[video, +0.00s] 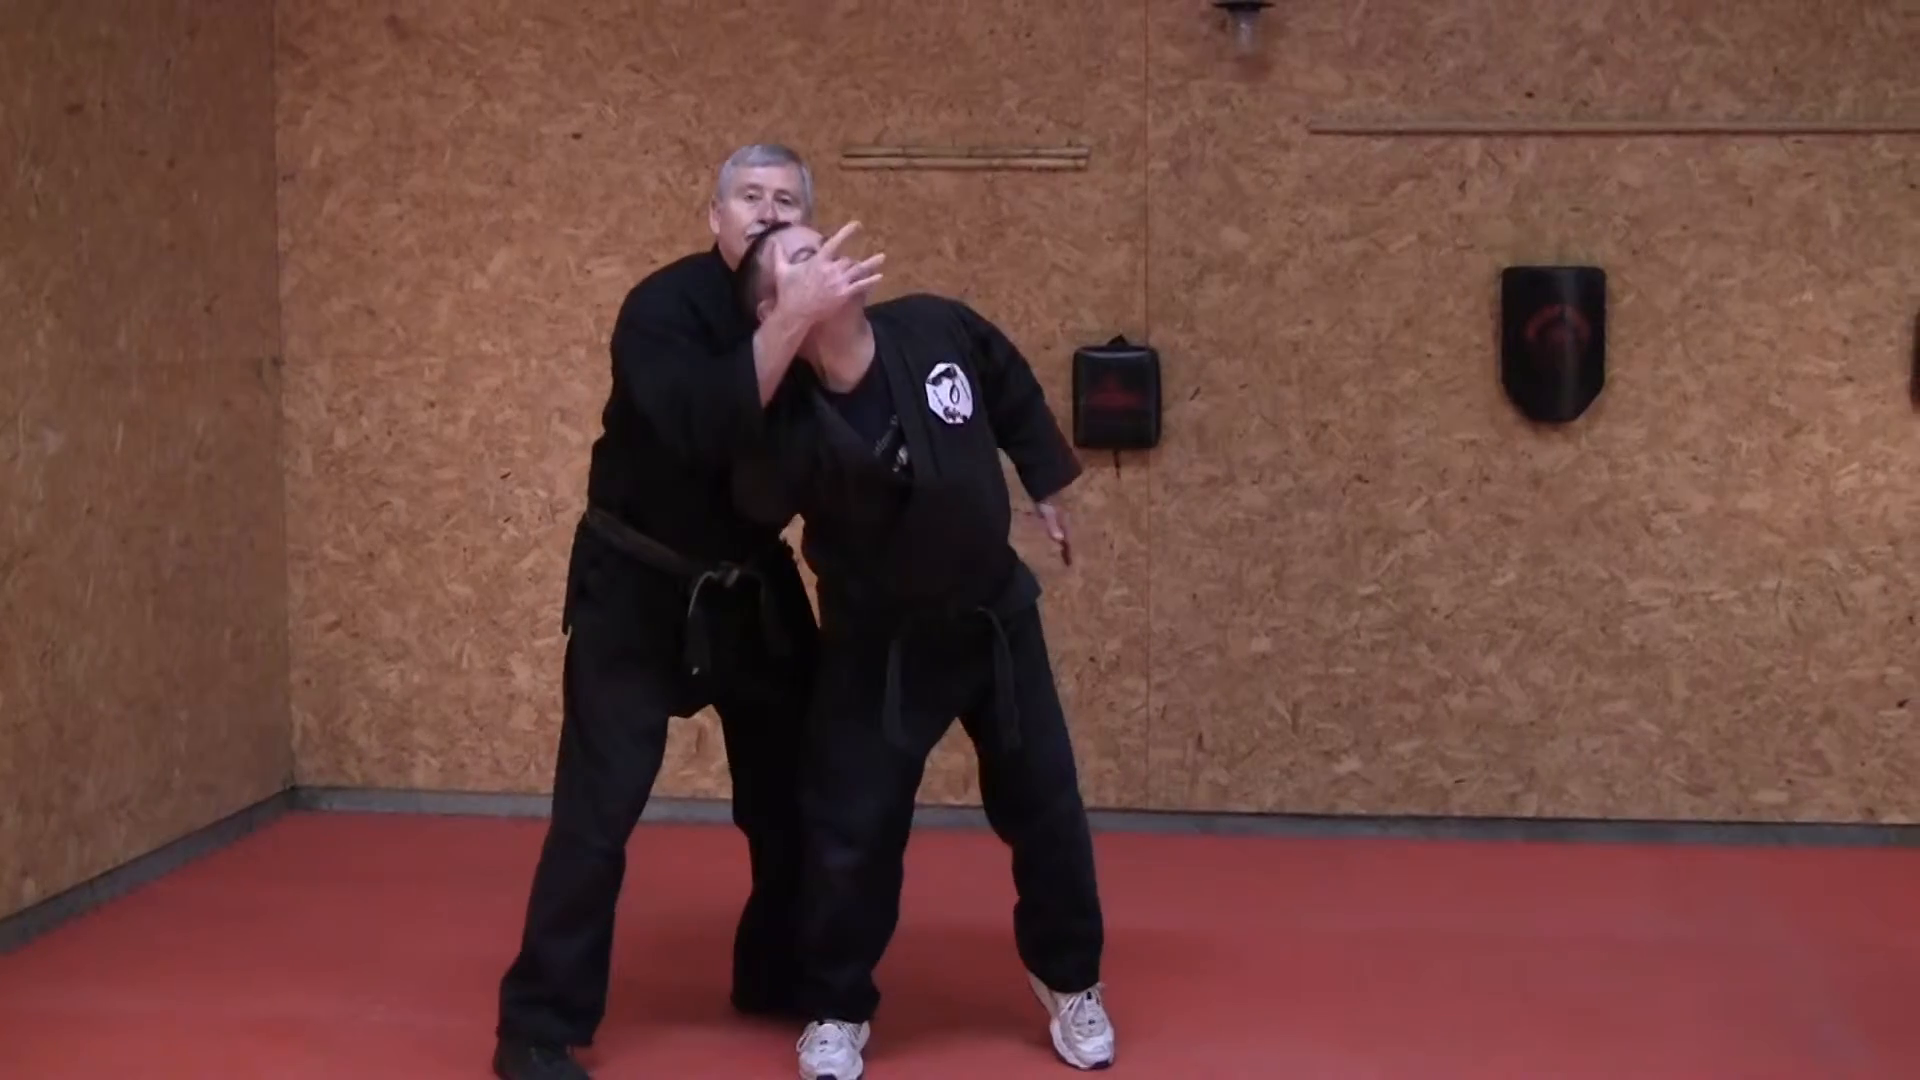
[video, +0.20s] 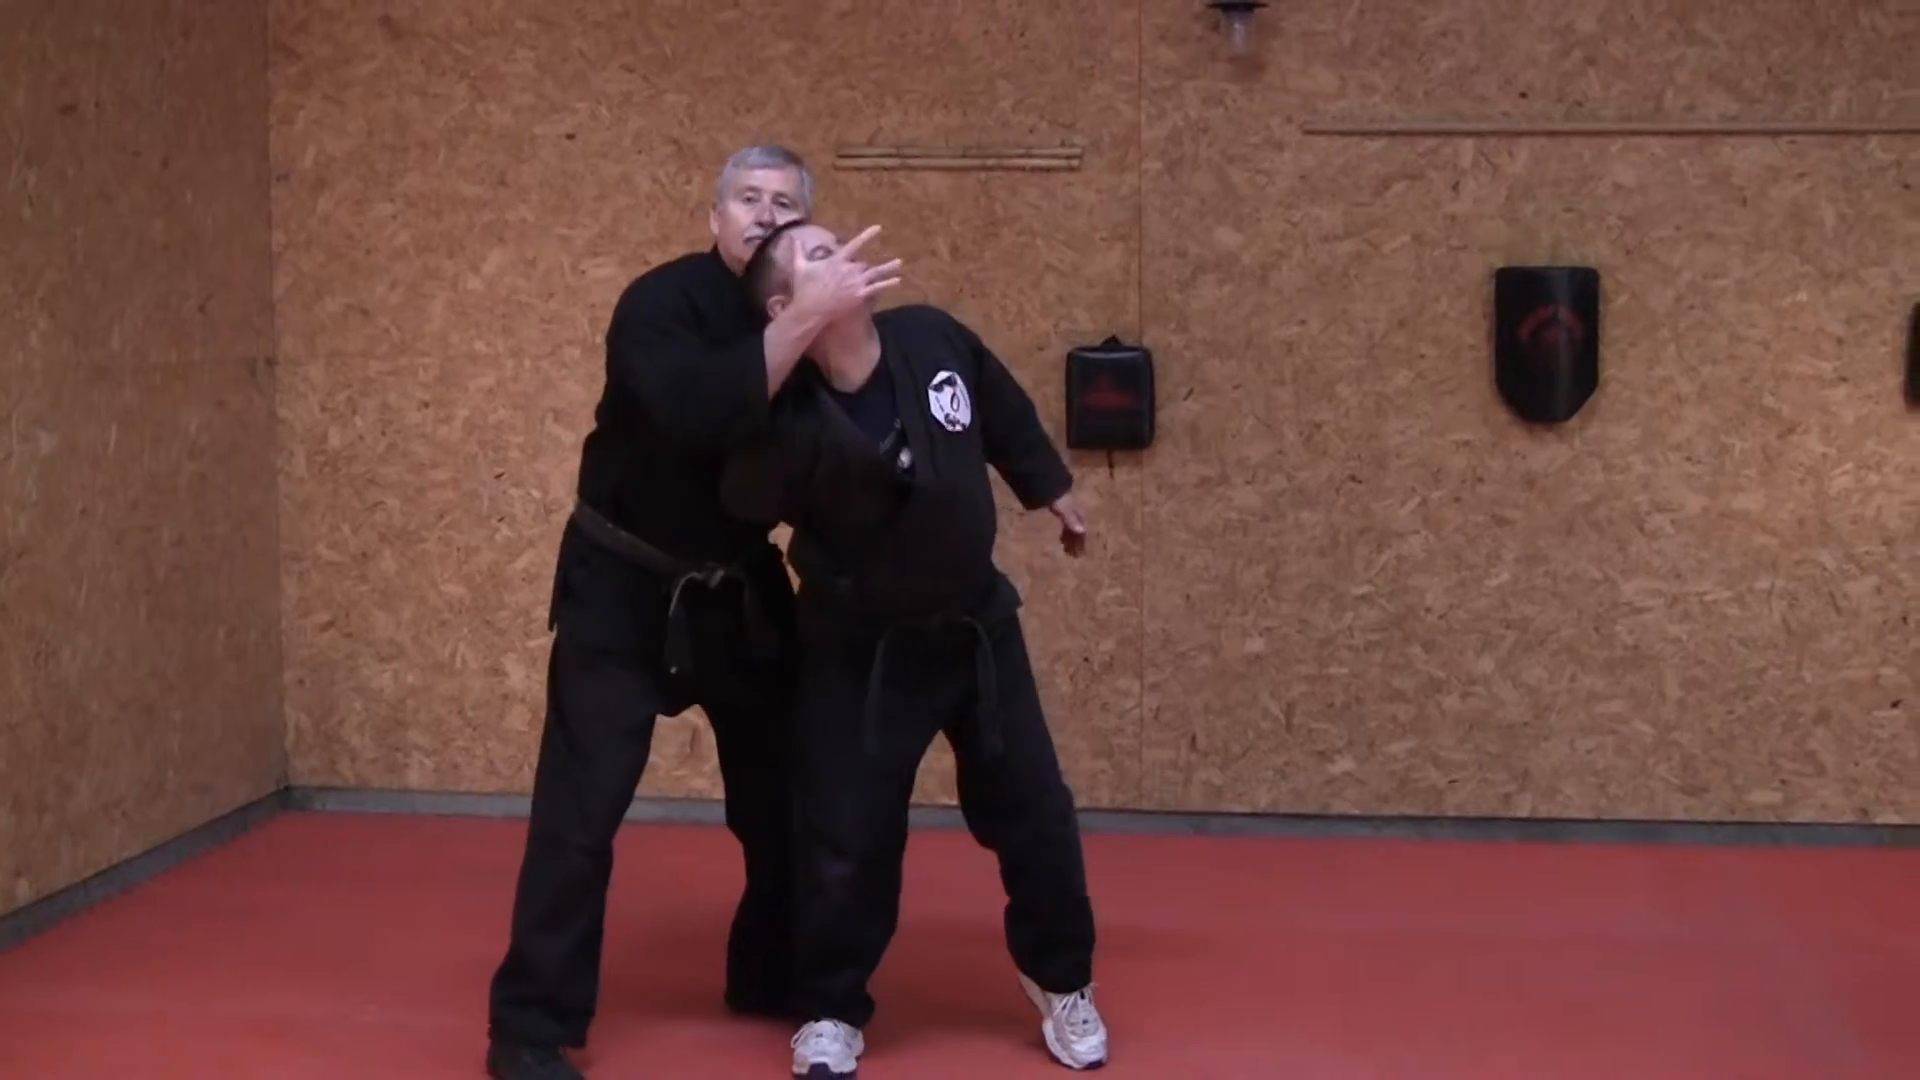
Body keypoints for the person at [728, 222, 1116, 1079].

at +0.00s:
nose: (824, 260)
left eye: (820, 247)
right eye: (795, 261)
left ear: (847, 265)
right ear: (778, 317)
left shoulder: (939, 331)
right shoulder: (789, 425)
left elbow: (1012, 391)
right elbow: (757, 511)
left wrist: (1045, 485)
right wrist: (781, 340)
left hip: (992, 616)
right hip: (876, 636)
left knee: (1045, 804)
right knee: (853, 826)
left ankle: (1070, 981)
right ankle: (838, 1011)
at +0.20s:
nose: (844, 252)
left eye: (834, 242)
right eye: (815, 255)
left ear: (862, 270)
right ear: (787, 313)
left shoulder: (933, 339)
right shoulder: (790, 417)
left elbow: (1005, 412)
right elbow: (746, 508)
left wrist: (1053, 491)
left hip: (974, 624)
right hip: (857, 641)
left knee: (1034, 807)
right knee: (845, 830)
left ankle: (1062, 981)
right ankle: (832, 1012)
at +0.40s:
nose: (853, 251)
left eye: (845, 239)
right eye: (824, 252)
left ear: (870, 266)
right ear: (795, 309)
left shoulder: (936, 339)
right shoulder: (797, 413)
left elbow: (1000, 420)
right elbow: (739, 506)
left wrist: (1040, 502)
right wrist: (779, 417)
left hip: (962, 627)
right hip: (847, 643)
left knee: (1022, 808)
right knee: (836, 829)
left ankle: (1054, 980)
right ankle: (824, 1011)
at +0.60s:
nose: (867, 246)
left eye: (859, 235)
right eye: (839, 244)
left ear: (882, 265)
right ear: (812, 300)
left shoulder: (939, 340)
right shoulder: (801, 411)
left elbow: (998, 425)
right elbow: (733, 505)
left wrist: (1029, 509)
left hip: (957, 626)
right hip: (841, 638)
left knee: (1015, 807)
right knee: (829, 825)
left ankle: (1047, 980)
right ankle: (817, 1006)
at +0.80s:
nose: (868, 252)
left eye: (862, 240)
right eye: (841, 249)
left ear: (881, 265)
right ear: (808, 302)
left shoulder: (936, 341)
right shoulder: (795, 412)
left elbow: (994, 427)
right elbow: (731, 506)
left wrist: (1022, 510)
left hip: (951, 628)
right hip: (835, 640)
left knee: (1009, 809)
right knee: (823, 827)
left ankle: (1040, 981)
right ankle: (810, 1007)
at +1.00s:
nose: (868, 255)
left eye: (862, 243)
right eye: (841, 252)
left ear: (882, 267)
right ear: (808, 306)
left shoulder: (935, 342)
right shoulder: (791, 416)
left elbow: (993, 426)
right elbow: (729, 511)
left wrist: (1023, 511)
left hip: (951, 629)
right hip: (834, 640)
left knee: (1010, 808)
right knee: (822, 829)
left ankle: (1041, 981)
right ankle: (810, 1012)